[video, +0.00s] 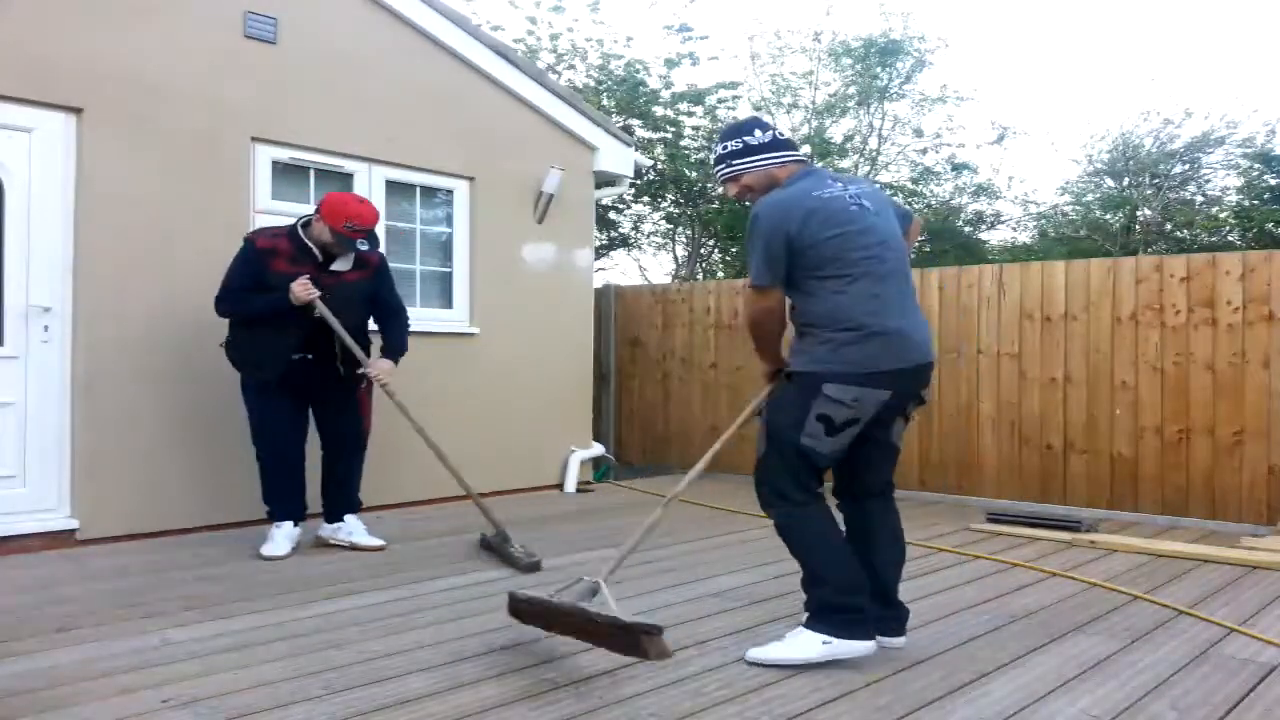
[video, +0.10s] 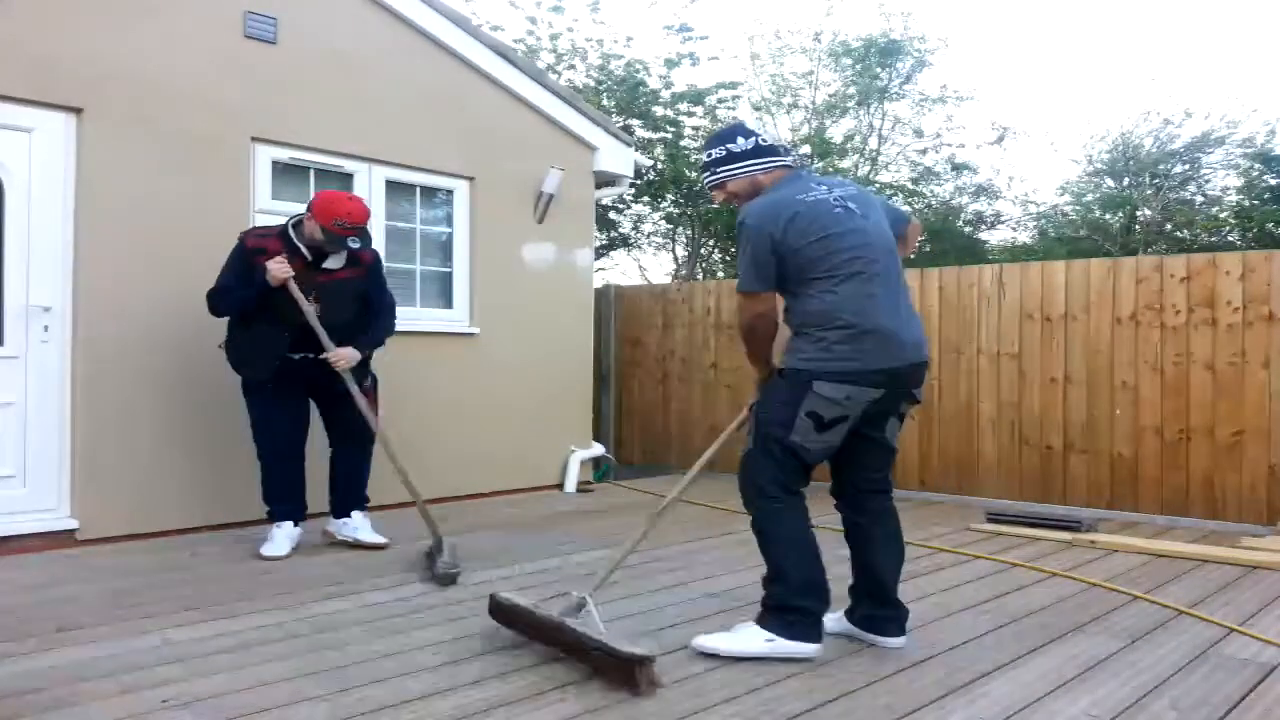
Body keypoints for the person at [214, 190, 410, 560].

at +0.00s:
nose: (348, 248)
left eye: (354, 242)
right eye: (343, 240)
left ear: (362, 233)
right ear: (320, 224)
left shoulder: (368, 262)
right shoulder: (263, 248)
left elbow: (393, 315)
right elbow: (226, 303)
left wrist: (390, 357)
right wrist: (286, 297)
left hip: (337, 368)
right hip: (272, 369)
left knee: (346, 441)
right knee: (278, 445)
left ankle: (340, 520)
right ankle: (285, 523)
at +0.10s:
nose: (339, 248)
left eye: (345, 242)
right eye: (334, 240)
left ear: (354, 233)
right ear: (311, 223)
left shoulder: (362, 261)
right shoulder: (257, 247)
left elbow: (384, 315)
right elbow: (217, 303)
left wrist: (359, 349)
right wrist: (263, 280)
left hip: (338, 364)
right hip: (273, 365)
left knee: (356, 433)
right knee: (279, 444)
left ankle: (349, 517)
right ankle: (285, 523)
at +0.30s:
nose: (340, 246)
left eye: (345, 239)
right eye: (335, 238)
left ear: (354, 229)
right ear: (312, 222)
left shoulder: (360, 258)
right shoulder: (260, 242)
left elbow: (350, 317)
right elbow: (202, 294)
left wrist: (307, 341)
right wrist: (234, 260)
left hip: (332, 351)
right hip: (268, 353)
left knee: (363, 422)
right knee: (275, 433)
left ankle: (377, 510)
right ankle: (286, 522)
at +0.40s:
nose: (344, 244)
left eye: (349, 238)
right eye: (340, 236)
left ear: (353, 232)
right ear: (318, 221)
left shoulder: (361, 256)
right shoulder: (265, 242)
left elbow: (352, 315)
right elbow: (201, 289)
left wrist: (305, 339)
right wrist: (233, 260)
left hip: (339, 355)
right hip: (274, 358)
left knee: (371, 430)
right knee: (279, 439)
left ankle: (396, 509)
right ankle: (287, 523)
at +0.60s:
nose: (369, 247)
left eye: (374, 241)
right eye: (366, 239)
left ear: (372, 233)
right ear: (343, 224)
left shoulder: (383, 259)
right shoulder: (289, 244)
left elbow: (388, 316)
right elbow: (223, 287)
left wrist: (344, 324)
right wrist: (260, 252)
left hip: (357, 360)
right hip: (294, 361)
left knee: (390, 430)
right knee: (292, 443)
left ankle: (422, 508)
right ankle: (287, 523)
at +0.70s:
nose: (383, 247)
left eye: (390, 241)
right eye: (380, 238)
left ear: (396, 237)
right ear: (360, 220)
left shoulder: (398, 263)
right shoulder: (309, 246)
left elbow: (409, 317)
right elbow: (245, 290)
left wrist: (378, 325)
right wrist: (284, 256)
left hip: (370, 366)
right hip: (308, 366)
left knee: (396, 437)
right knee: (299, 446)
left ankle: (415, 513)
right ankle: (289, 523)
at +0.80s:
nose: (407, 249)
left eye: (413, 243)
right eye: (404, 240)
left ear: (415, 238)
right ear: (383, 223)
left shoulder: (416, 265)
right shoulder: (328, 247)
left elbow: (432, 318)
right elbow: (272, 294)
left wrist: (414, 331)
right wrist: (311, 266)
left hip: (384, 370)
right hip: (323, 367)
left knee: (405, 441)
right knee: (310, 448)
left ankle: (415, 515)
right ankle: (290, 524)